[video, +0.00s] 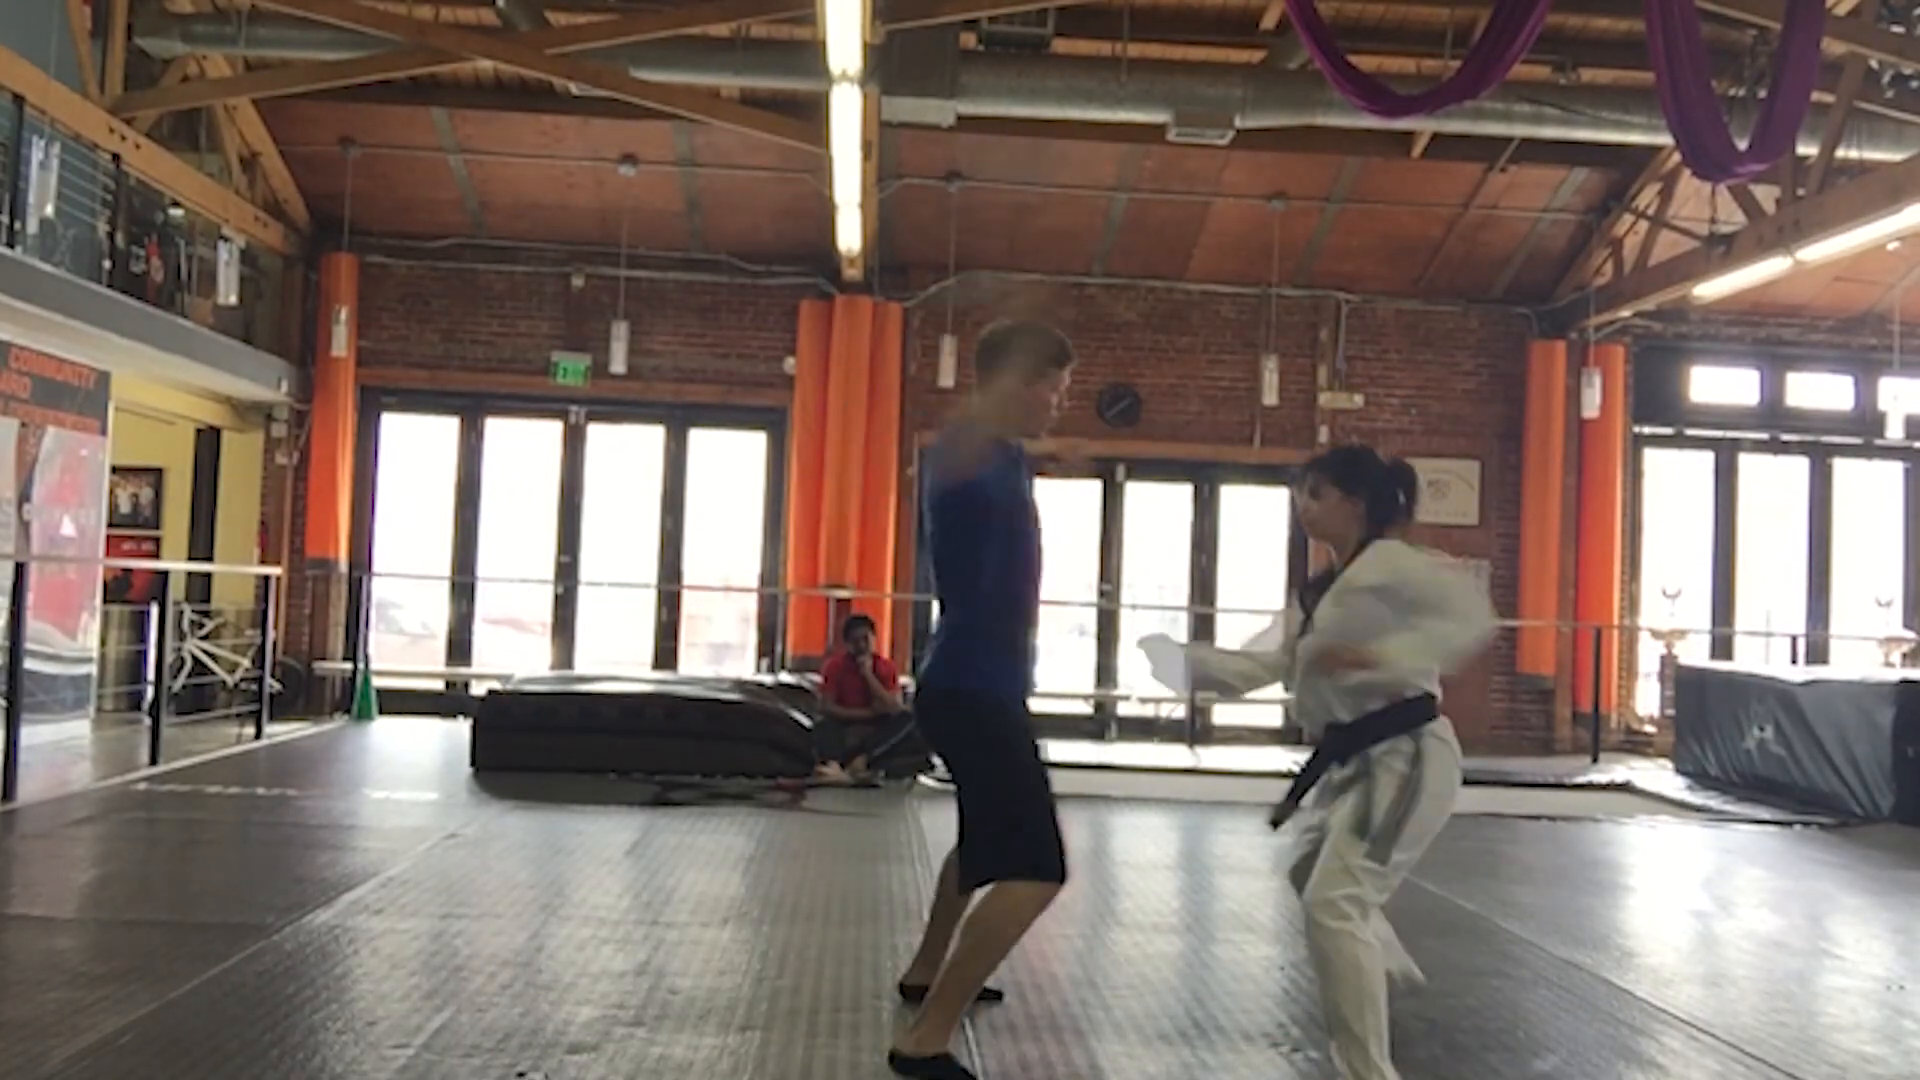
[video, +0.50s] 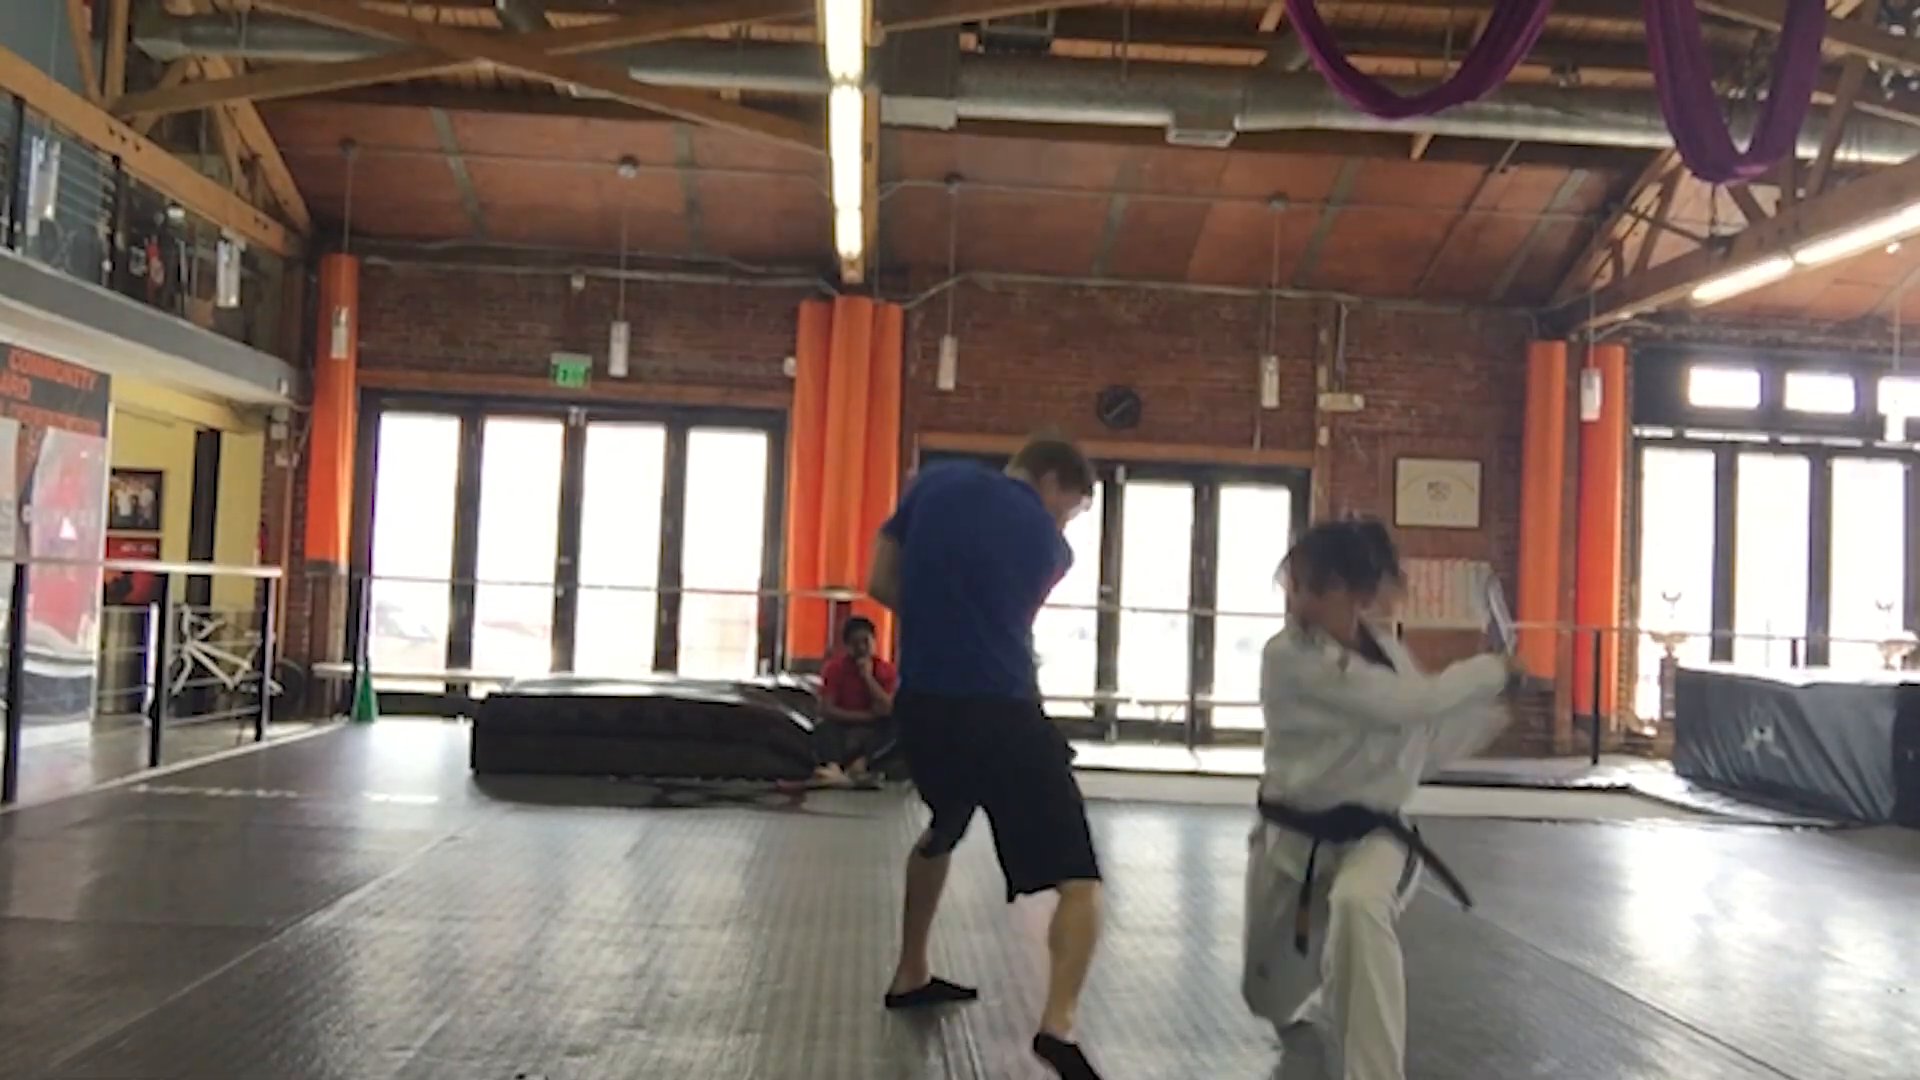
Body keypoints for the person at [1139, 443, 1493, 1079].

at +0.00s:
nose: (1303, 508)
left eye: (1315, 496)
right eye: (1303, 496)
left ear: (1357, 503)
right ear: (1328, 506)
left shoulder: (1393, 563)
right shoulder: (1327, 595)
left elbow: (1472, 618)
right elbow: (1266, 664)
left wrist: (1385, 658)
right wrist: (1190, 666)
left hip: (1410, 757)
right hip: (1356, 763)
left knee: (1335, 902)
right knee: (1308, 869)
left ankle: (1365, 1070)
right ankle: (1390, 968)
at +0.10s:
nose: (1293, 503)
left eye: (1306, 491)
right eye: (1294, 490)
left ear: (1348, 503)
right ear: (1324, 505)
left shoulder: (1429, 579)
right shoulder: (1279, 598)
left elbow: (1505, 646)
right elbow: (1180, 634)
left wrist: (1444, 663)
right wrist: (1078, 632)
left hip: (1425, 759)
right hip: (1351, 765)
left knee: (1347, 901)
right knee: (1284, 870)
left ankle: (1365, 1070)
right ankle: (1339, 990)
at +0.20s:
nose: (1293, 522)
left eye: (1305, 508)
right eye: (1293, 508)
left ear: (1350, 517)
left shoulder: (1424, 594)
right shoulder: (1281, 604)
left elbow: (1497, 662)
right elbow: (1213, 657)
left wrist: (1469, 696)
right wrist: (1160, 647)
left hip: (1412, 775)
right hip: (1327, 776)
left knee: (1355, 905)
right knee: (1273, 906)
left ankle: (1370, 1071)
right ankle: (1309, 1002)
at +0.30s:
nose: (1294, 543)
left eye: (1307, 529)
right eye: (1293, 528)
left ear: (1353, 533)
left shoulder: (1417, 609)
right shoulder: (1288, 603)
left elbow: (1462, 724)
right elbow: (1294, 676)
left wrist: (1475, 695)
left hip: (1394, 787)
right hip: (1309, 784)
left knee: (1361, 902)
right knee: (1273, 929)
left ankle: (1375, 1072)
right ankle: (1318, 1004)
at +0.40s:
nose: (1296, 568)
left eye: (1310, 554)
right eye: (1295, 553)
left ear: (1357, 560)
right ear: (1297, 557)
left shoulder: (1398, 626)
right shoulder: (1289, 630)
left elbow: (1448, 716)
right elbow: (1366, 687)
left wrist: (1505, 663)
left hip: (1381, 807)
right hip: (1295, 809)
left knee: (1359, 899)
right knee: (1274, 953)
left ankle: (1377, 1071)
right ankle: (1307, 1001)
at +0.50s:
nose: (1294, 600)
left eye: (1310, 587)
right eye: (1292, 585)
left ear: (1360, 596)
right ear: (1290, 588)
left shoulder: (1389, 654)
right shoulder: (1288, 656)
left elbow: (1421, 754)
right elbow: (1403, 702)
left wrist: (1497, 709)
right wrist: (1496, 667)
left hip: (1374, 831)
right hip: (1290, 834)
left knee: (1357, 903)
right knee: (1271, 992)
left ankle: (1373, 1072)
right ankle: (1299, 1015)